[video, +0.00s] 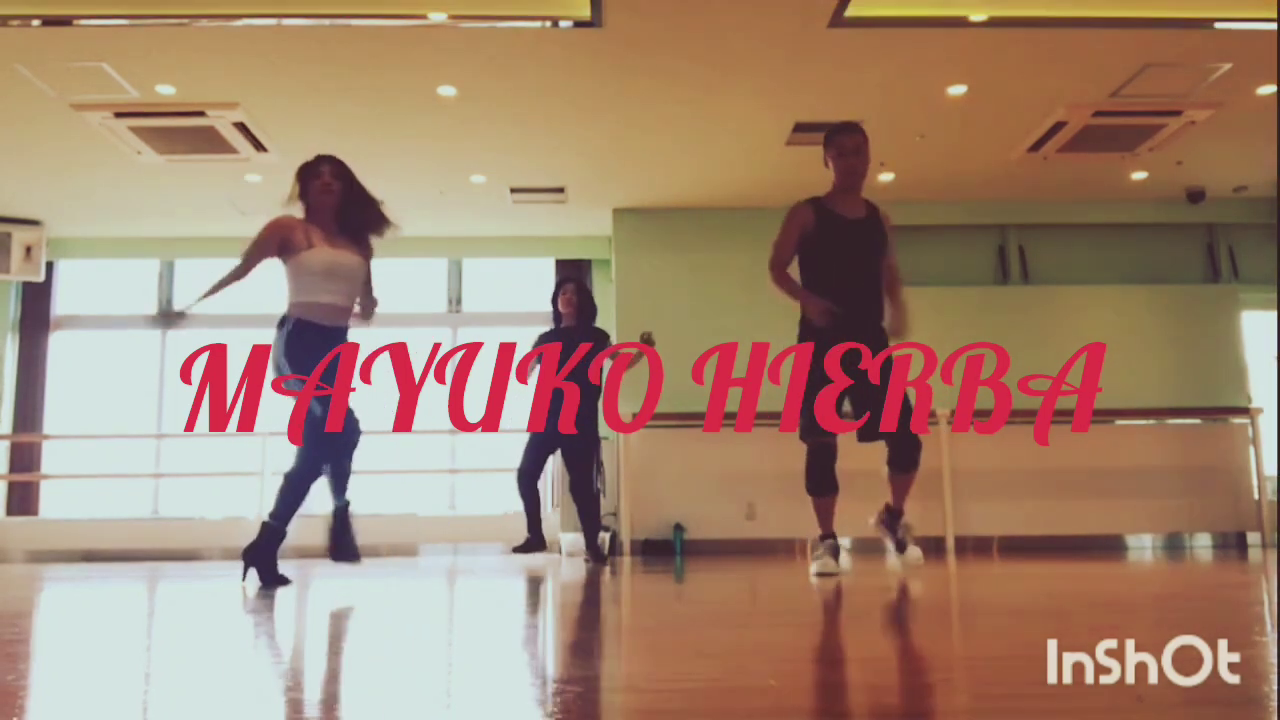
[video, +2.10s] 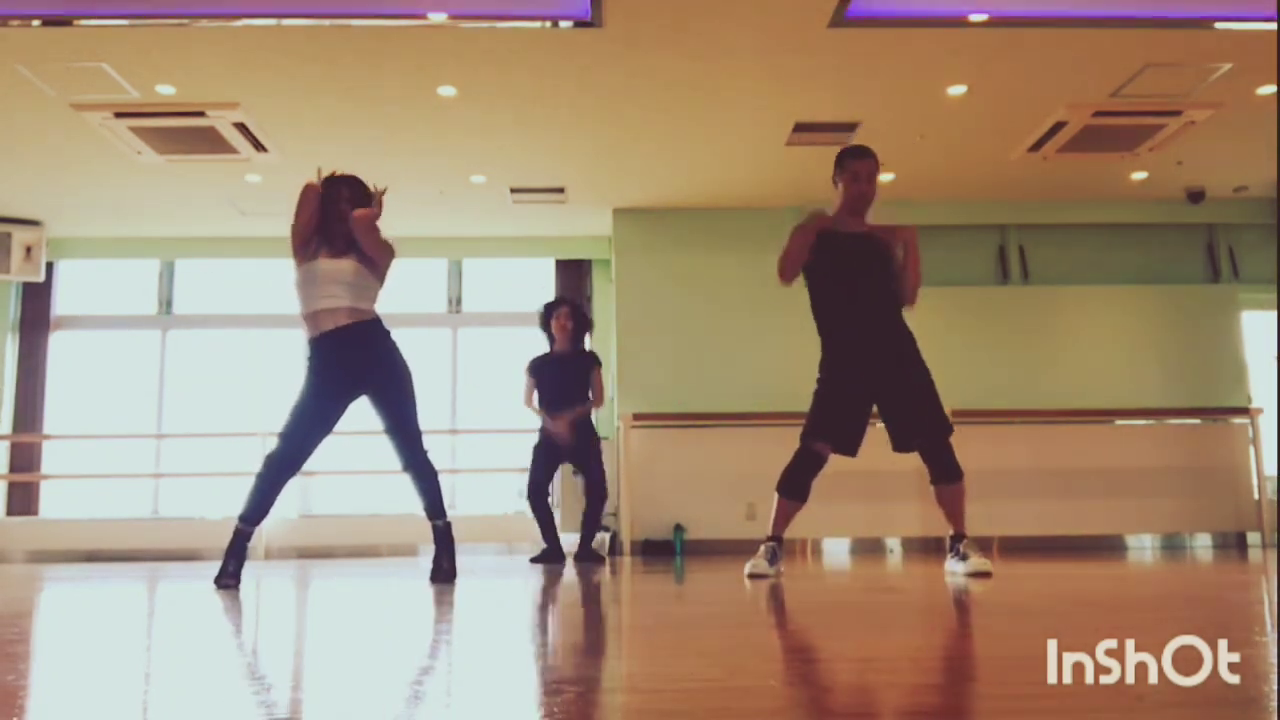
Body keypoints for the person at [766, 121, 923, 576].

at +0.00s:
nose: (853, 161)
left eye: (859, 153)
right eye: (844, 154)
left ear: (869, 158)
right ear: (829, 159)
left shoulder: (876, 216)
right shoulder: (806, 213)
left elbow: (889, 270)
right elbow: (777, 270)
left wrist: (898, 310)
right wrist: (805, 299)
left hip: (870, 338)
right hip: (823, 340)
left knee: (906, 434)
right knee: (821, 441)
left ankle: (894, 516)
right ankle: (826, 539)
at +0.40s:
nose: (853, 158)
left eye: (859, 149)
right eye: (844, 151)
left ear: (874, 157)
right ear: (832, 161)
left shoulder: (897, 214)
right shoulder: (819, 223)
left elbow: (938, 263)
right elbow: (788, 279)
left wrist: (914, 234)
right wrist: (801, 249)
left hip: (888, 341)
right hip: (836, 343)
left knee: (900, 443)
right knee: (825, 447)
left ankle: (906, 539)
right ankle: (836, 540)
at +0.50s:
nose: (856, 143)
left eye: (863, 134)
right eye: (847, 136)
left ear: (876, 141)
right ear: (834, 145)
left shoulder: (898, 192)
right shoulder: (819, 197)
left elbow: (957, 174)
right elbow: (763, 182)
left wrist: (926, 146)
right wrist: (789, 168)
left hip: (889, 324)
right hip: (836, 327)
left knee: (913, 424)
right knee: (816, 428)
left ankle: (927, 525)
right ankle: (818, 526)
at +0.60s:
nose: (856, 151)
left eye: (863, 143)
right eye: (848, 144)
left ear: (878, 152)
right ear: (835, 154)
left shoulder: (893, 196)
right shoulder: (827, 201)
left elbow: (912, 129)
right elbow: (800, 140)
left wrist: (915, 65)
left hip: (892, 332)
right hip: (839, 333)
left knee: (925, 434)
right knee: (809, 435)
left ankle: (961, 533)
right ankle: (777, 530)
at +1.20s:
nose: (857, 171)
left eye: (864, 163)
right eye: (849, 162)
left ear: (875, 170)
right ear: (834, 169)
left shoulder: (891, 215)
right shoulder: (819, 218)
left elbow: (918, 158)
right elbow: (789, 160)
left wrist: (874, 134)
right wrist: (828, 126)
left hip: (887, 348)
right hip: (835, 349)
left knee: (920, 447)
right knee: (806, 450)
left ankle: (958, 546)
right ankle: (770, 547)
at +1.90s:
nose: (860, 178)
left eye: (867, 170)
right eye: (851, 170)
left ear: (877, 177)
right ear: (834, 177)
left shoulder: (889, 228)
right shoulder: (817, 234)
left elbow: (932, 225)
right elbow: (774, 209)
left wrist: (906, 191)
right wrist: (810, 192)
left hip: (892, 355)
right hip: (838, 356)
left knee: (931, 447)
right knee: (805, 451)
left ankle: (959, 545)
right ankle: (771, 546)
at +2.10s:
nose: (862, 185)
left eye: (869, 177)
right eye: (853, 177)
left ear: (878, 183)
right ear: (837, 181)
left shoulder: (890, 238)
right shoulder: (813, 232)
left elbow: (907, 298)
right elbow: (786, 274)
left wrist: (908, 245)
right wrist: (810, 229)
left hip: (897, 358)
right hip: (844, 360)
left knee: (937, 448)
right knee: (813, 453)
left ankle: (959, 546)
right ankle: (772, 546)